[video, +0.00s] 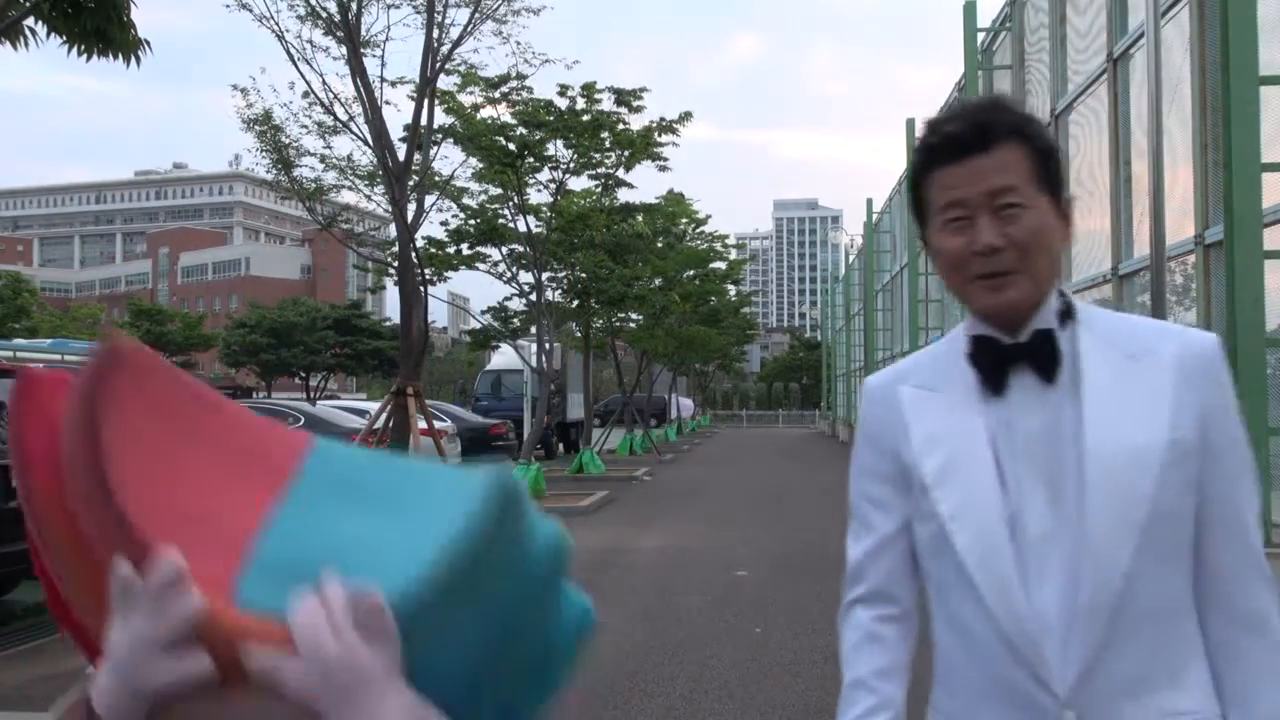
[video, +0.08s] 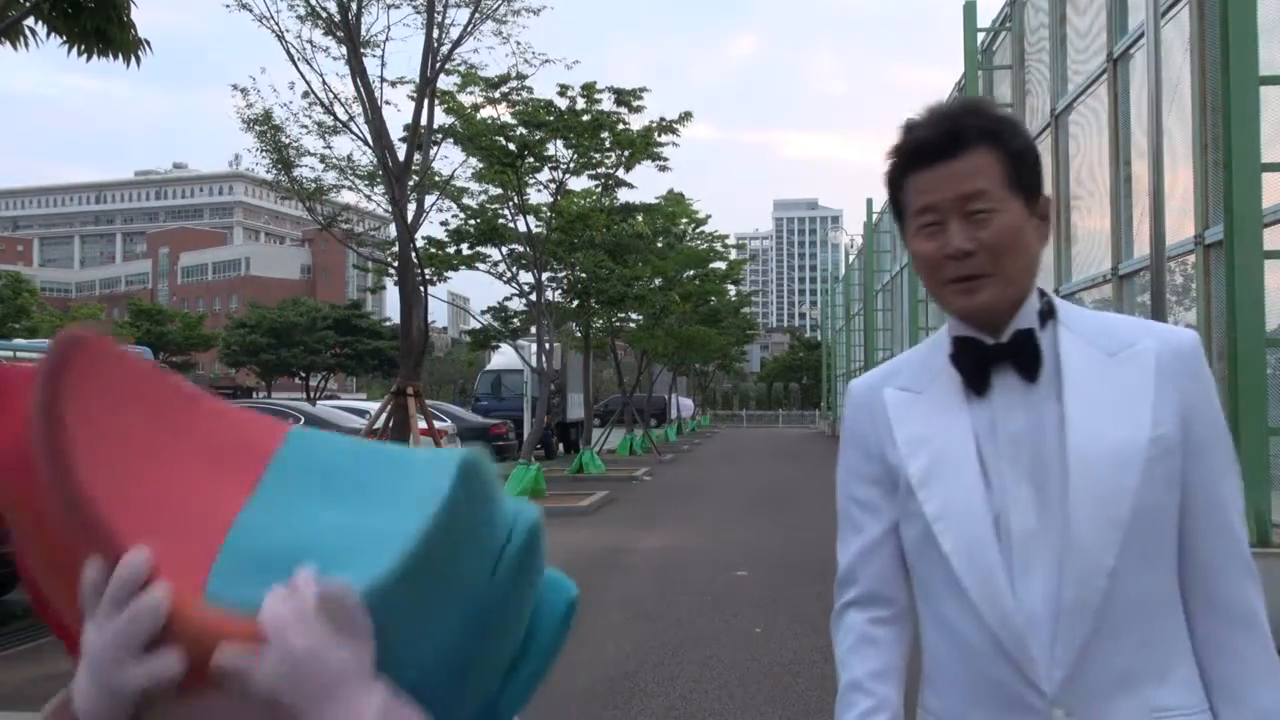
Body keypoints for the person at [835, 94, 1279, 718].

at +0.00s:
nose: (986, 240)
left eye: (1008, 210)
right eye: (957, 220)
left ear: (1062, 220)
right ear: (931, 248)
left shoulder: (1185, 367)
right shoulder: (895, 401)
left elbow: (1239, 596)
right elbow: (877, 611)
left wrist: (1254, 708)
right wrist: (869, 710)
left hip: (1162, 703)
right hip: (980, 706)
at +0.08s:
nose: (956, 246)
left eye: (979, 214)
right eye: (930, 226)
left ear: (1040, 221)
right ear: (909, 249)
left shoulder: (1164, 362)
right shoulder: (879, 404)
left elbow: (1223, 592)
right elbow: (869, 613)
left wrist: (1251, 708)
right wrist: (868, 711)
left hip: (1150, 703)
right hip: (969, 706)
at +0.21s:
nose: (915, 255)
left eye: (941, 222)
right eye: (896, 231)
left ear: (1021, 221)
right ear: (882, 243)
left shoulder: (1153, 361)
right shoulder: (870, 405)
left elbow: (1213, 594)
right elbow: (863, 615)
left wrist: (1246, 709)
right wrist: (866, 711)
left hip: (1142, 704)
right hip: (962, 707)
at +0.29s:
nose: (884, 263)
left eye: (907, 232)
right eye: (874, 240)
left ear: (1000, 226)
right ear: (864, 246)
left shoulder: (1147, 362)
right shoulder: (866, 406)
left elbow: (1207, 596)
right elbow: (860, 616)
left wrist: (1236, 712)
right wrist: (859, 712)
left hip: (1133, 705)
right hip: (956, 708)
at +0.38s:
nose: (874, 267)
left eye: (895, 235)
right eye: (867, 243)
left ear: (990, 227)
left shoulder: (1145, 362)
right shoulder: (865, 405)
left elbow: (1207, 601)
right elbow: (859, 614)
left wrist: (1234, 712)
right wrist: (855, 711)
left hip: (1127, 705)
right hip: (952, 707)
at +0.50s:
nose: (872, 274)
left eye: (888, 243)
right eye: (864, 250)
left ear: (983, 225)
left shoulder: (1143, 366)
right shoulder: (874, 401)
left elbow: (1209, 613)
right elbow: (862, 607)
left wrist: (1232, 712)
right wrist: (843, 710)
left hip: (1119, 705)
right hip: (946, 706)